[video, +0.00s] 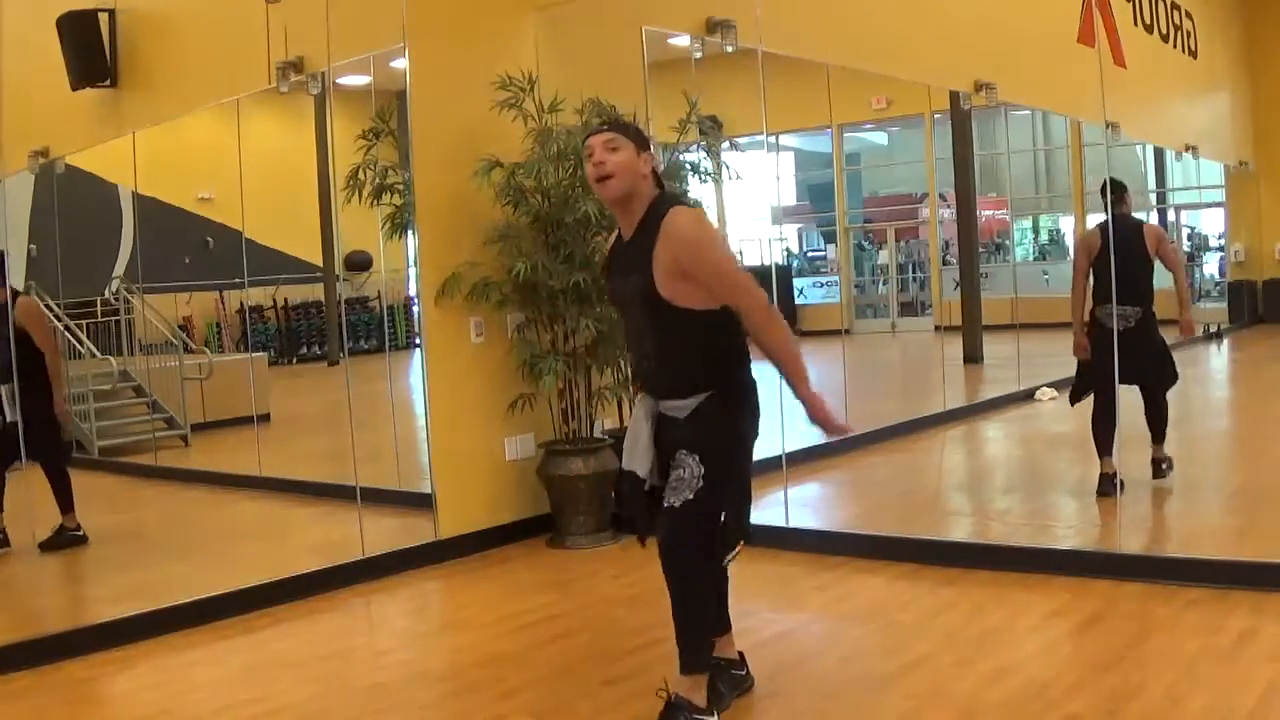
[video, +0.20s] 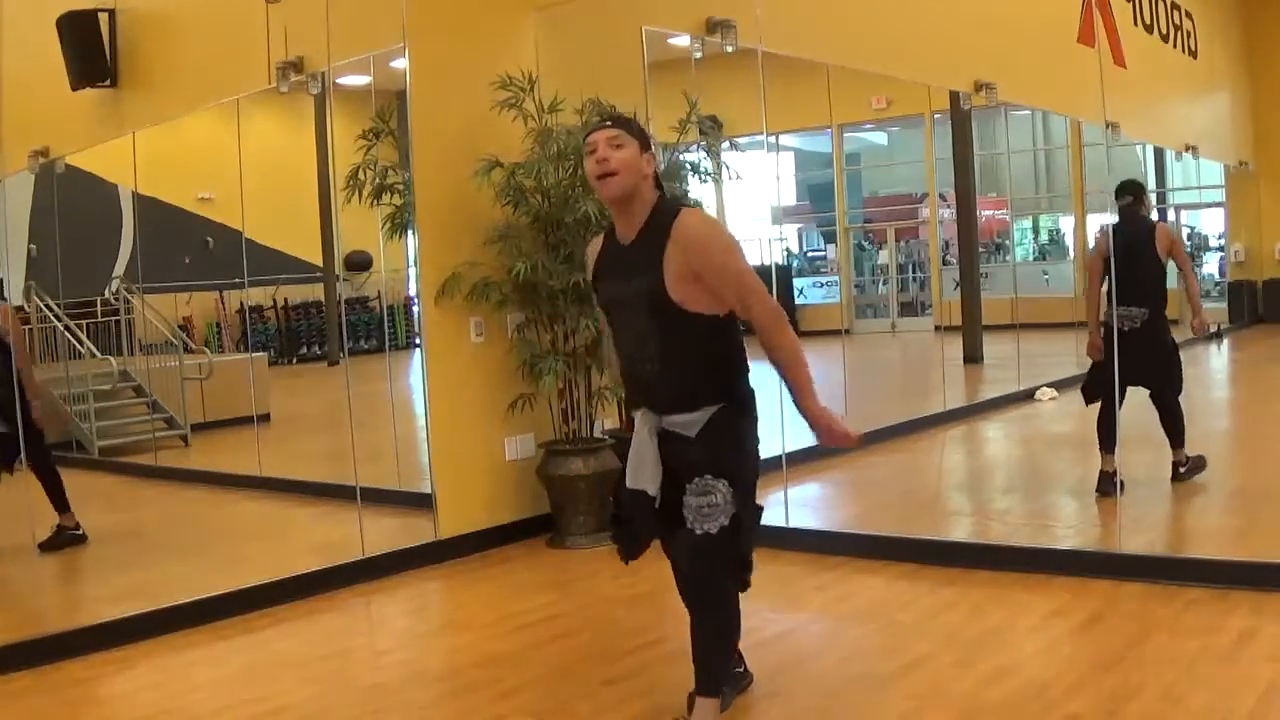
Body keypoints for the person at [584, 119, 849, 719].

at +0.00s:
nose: (597, 162)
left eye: (610, 150)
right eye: (589, 158)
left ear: (647, 162)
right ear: (590, 182)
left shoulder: (683, 228)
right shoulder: (619, 248)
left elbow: (757, 310)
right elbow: (651, 334)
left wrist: (807, 392)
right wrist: (645, 406)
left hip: (715, 408)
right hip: (664, 411)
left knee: (683, 544)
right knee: (690, 536)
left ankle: (693, 698)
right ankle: (726, 662)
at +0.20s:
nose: (601, 158)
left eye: (614, 146)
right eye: (591, 154)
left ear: (649, 160)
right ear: (588, 180)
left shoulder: (695, 233)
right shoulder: (601, 251)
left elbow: (765, 314)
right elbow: (633, 339)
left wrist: (811, 407)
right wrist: (638, 412)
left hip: (714, 422)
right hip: (653, 424)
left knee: (707, 563)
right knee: (683, 553)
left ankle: (708, 695)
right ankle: (728, 664)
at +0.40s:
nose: (631, 138)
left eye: (644, 130)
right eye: (616, 134)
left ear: (670, 152)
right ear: (601, 165)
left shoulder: (722, 231)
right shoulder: (583, 254)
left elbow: (754, 340)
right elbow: (577, 359)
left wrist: (715, 440)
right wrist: (584, 451)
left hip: (712, 431)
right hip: (633, 439)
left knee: (707, 583)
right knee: (649, 573)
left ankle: (704, 705)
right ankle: (706, 643)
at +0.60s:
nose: (654, 128)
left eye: (666, 119)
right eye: (637, 123)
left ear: (687, 140)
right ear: (615, 149)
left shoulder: (732, 220)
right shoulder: (579, 240)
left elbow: (735, 307)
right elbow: (559, 353)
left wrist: (666, 284)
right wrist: (562, 461)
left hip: (710, 434)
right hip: (620, 439)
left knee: (707, 601)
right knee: (610, 609)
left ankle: (707, 712)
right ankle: (640, 683)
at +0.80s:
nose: (672, 126)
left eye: (683, 115)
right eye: (653, 116)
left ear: (699, 132)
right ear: (620, 133)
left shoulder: (722, 204)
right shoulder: (569, 223)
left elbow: (665, 181)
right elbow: (560, 339)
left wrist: (584, 149)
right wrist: (597, 450)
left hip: (699, 444)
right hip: (606, 453)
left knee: (705, 616)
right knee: (596, 630)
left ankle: (704, 711)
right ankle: (589, 717)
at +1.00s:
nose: (623, 131)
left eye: (638, 118)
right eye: (604, 120)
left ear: (657, 138)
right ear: (580, 142)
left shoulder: (697, 203)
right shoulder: (533, 234)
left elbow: (666, 273)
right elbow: (528, 357)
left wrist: (535, 270)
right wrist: (599, 457)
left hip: (682, 466)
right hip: (576, 472)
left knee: (697, 639)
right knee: (585, 677)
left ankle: (701, 712)